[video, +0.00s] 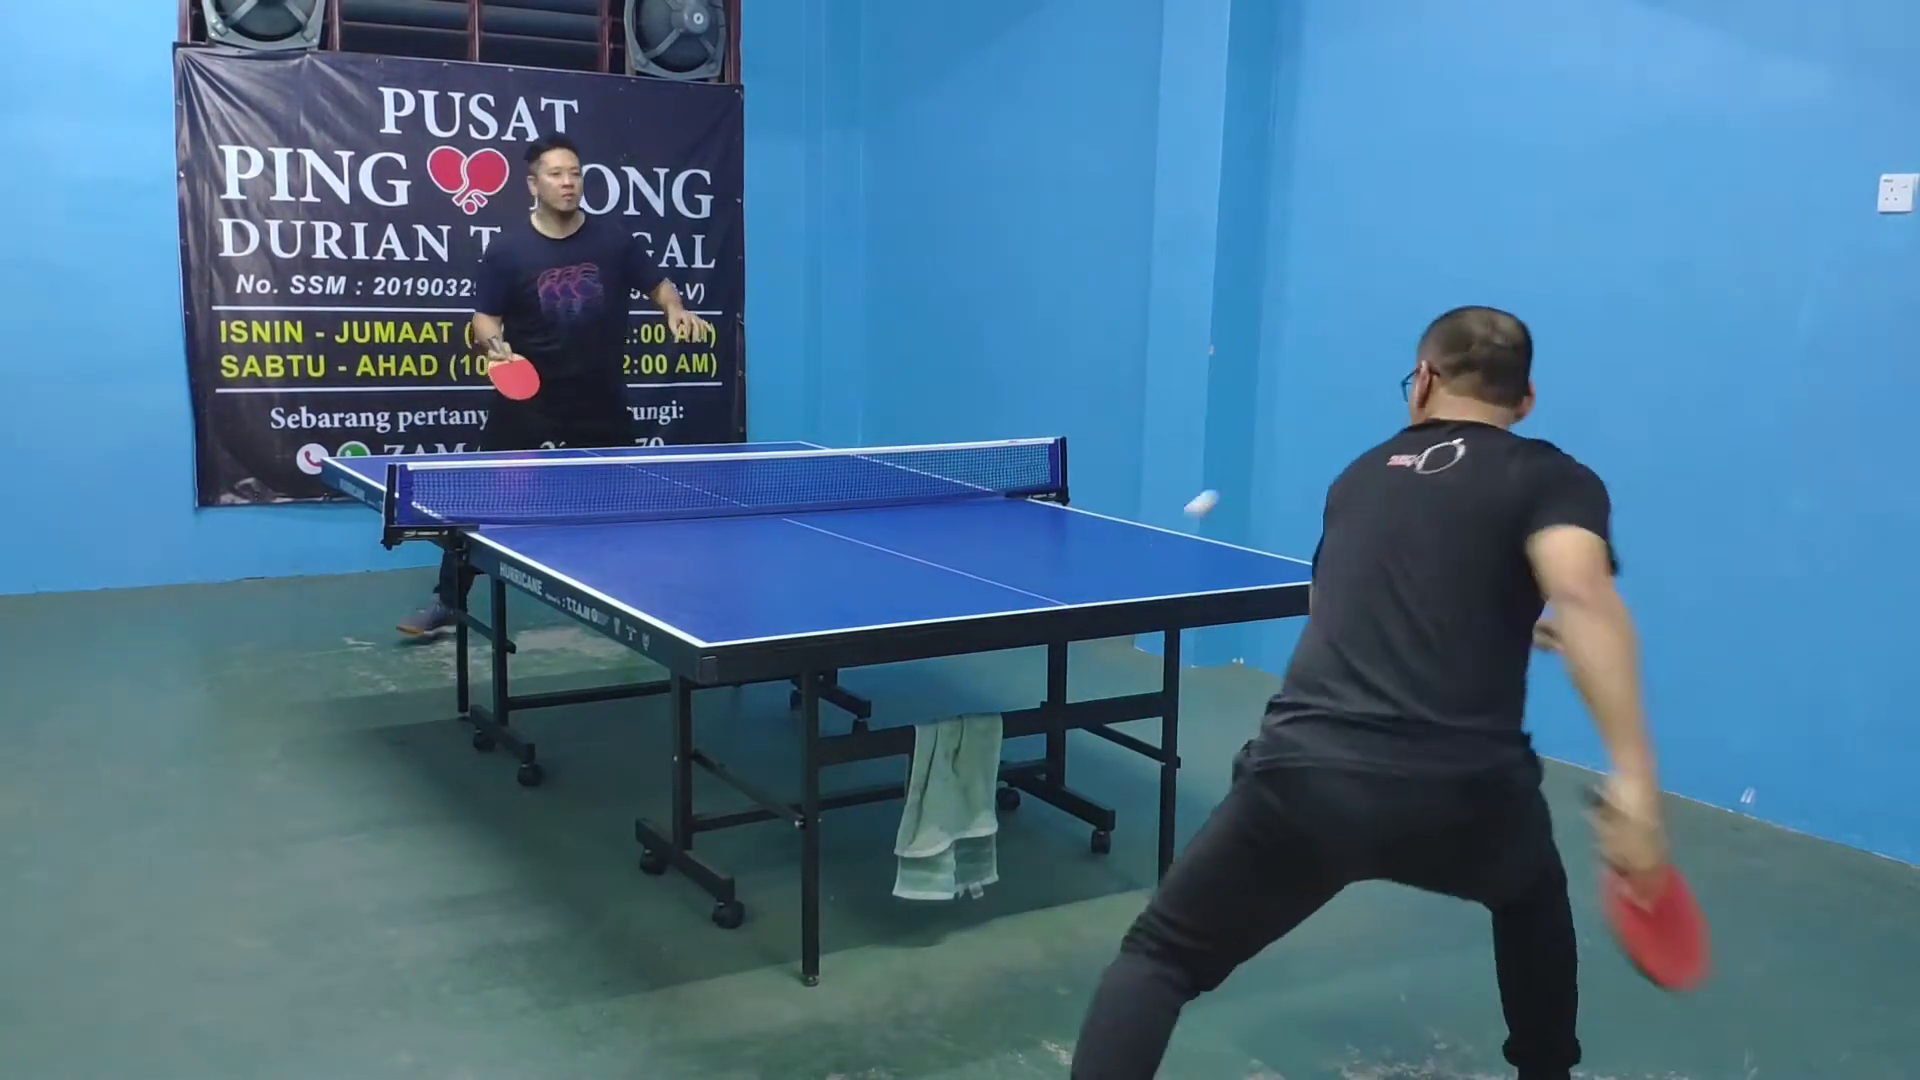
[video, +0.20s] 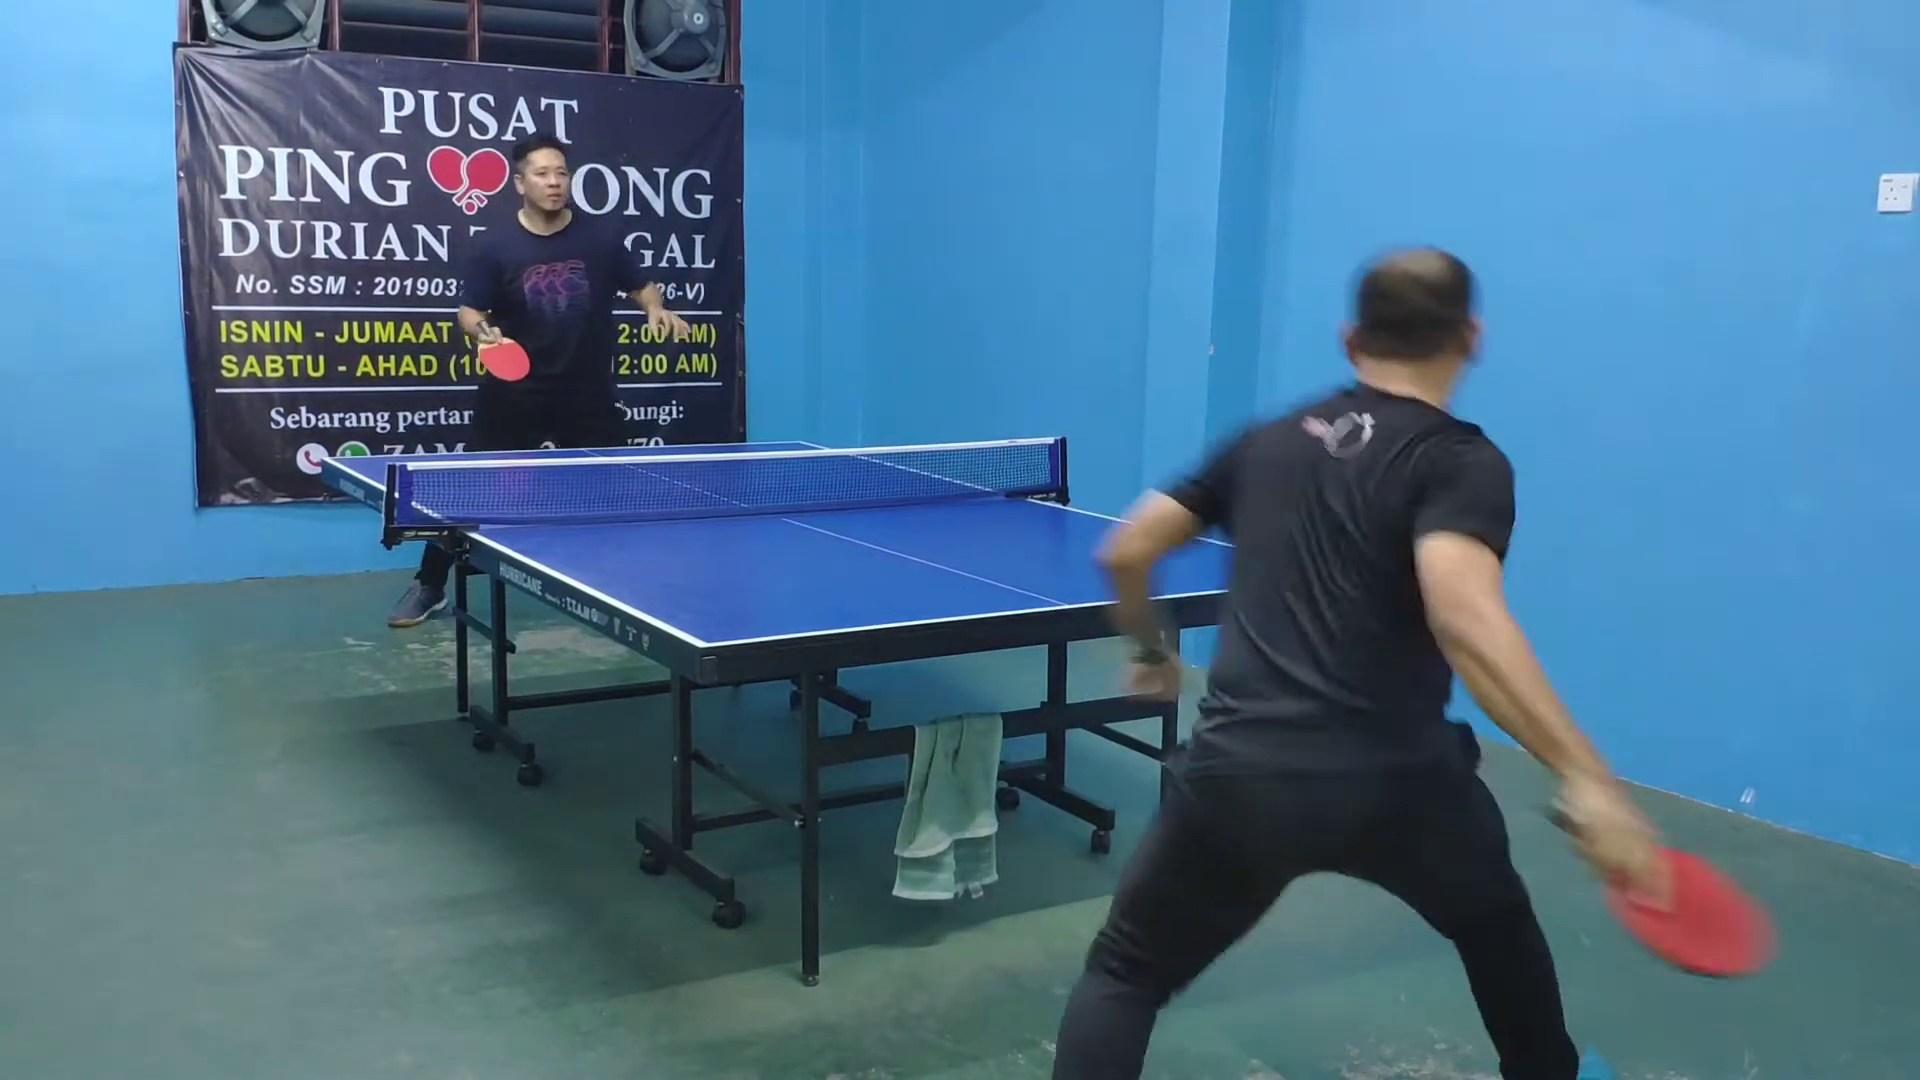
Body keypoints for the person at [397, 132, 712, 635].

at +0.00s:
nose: (568, 182)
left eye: (574, 173)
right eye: (556, 174)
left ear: (583, 180)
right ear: (533, 184)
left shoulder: (612, 239)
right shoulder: (509, 247)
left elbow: (656, 283)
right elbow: (484, 316)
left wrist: (677, 310)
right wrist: (494, 340)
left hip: (600, 399)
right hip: (528, 404)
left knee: (636, 498)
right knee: (476, 494)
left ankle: (659, 609)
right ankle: (449, 601)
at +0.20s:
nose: (554, 182)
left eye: (561, 172)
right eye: (542, 174)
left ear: (570, 179)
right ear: (519, 183)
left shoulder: (599, 236)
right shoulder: (495, 244)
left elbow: (641, 284)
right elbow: (468, 310)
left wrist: (656, 308)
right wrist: (482, 330)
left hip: (586, 392)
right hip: (513, 394)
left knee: (623, 486)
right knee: (469, 484)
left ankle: (650, 595)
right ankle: (429, 583)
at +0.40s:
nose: (523, 191)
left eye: (529, 182)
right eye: (511, 184)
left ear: (538, 186)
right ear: (489, 191)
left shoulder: (571, 240)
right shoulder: (470, 247)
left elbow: (618, 289)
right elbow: (439, 314)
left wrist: (621, 311)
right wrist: (464, 341)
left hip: (564, 395)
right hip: (491, 398)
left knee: (608, 483)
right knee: (446, 479)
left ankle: (631, 594)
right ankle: (426, 584)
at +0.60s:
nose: (439, 202)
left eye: (448, 193)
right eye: (429, 194)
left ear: (469, 197)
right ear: (417, 203)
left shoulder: (512, 245)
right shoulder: (400, 263)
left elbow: (576, 276)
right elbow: (342, 297)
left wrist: (639, 304)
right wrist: (286, 330)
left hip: (519, 397)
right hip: (447, 402)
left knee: (577, 482)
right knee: (410, 488)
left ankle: (611, 580)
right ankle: (390, 587)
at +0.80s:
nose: (375, 207)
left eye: (384, 196)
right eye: (364, 198)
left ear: (403, 196)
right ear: (352, 205)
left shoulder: (445, 236)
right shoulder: (340, 261)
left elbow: (500, 267)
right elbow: (290, 318)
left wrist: (554, 302)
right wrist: (298, 368)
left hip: (462, 375)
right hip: (391, 386)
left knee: (508, 462)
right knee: (381, 479)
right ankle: (385, 585)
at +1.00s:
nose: (357, 177)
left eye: (366, 166)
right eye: (347, 168)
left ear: (383, 168)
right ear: (334, 175)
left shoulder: (423, 214)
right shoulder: (317, 237)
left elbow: (471, 258)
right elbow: (292, 306)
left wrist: (508, 311)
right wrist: (333, 350)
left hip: (428, 368)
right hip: (361, 376)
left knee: (441, 465)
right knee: (366, 477)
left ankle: (423, 545)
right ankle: (380, 581)